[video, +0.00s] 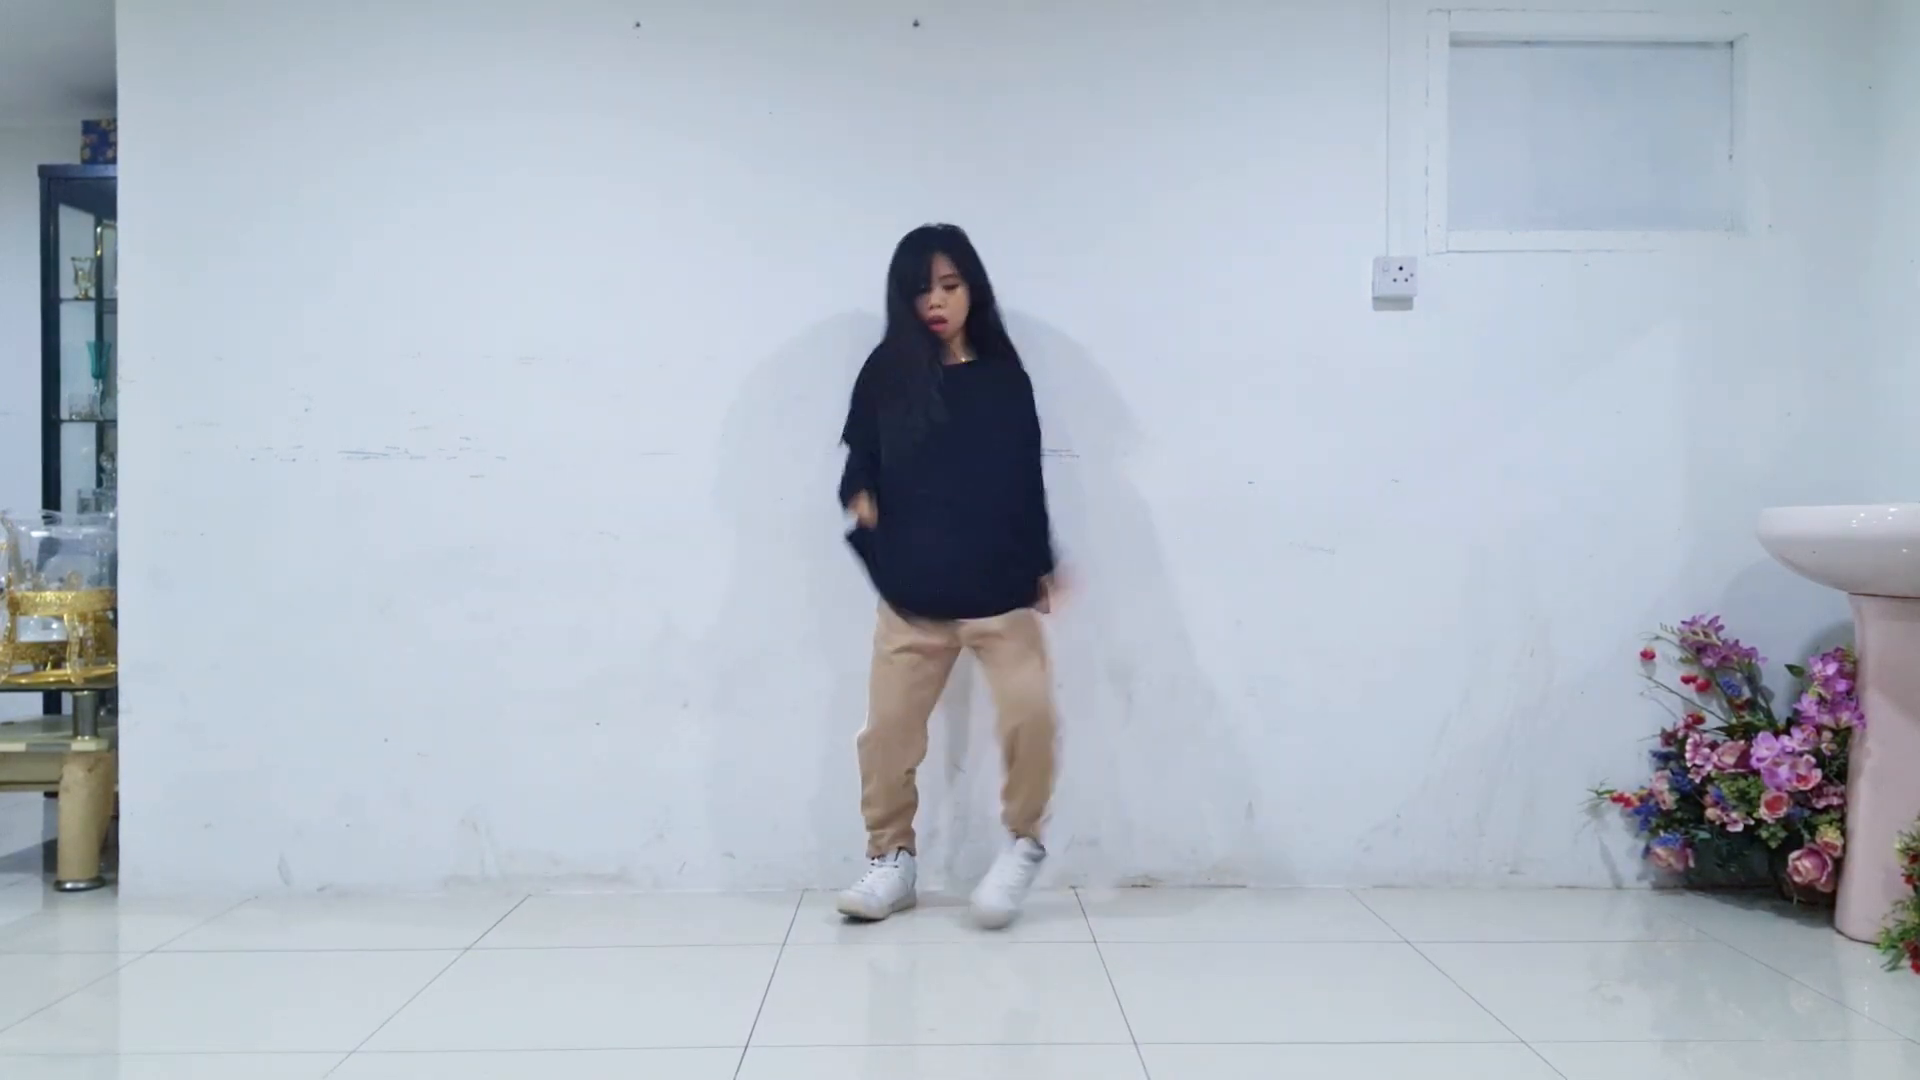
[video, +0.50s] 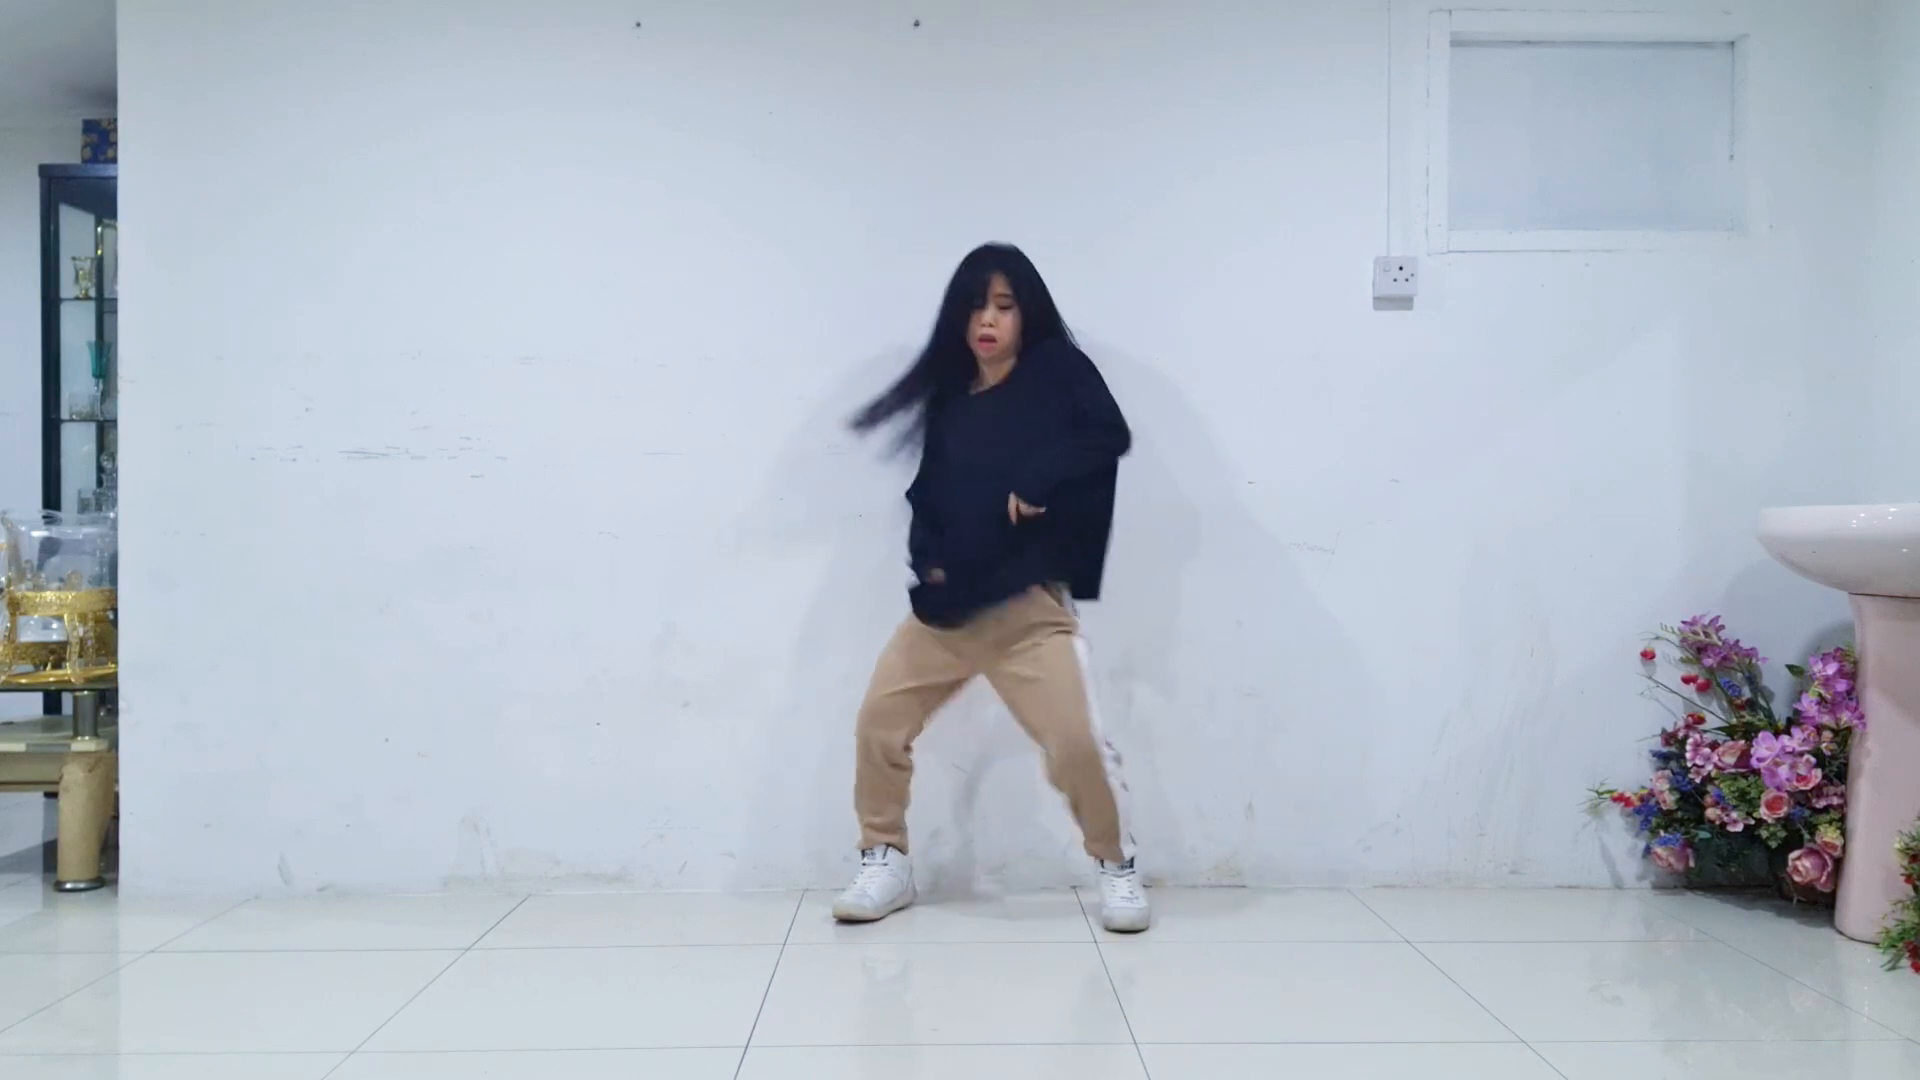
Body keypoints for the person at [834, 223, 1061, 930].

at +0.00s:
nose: (934, 303)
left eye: (948, 286)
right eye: (920, 290)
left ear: (974, 289)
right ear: (904, 298)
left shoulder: (1005, 372)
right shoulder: (886, 370)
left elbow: (1028, 473)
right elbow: (858, 458)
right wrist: (864, 506)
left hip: (1003, 591)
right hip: (911, 593)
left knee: (1030, 716)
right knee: (886, 732)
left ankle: (1022, 847)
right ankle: (891, 862)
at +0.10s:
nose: (930, 301)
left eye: (946, 287)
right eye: (916, 287)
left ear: (968, 296)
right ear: (897, 295)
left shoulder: (993, 378)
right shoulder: (885, 379)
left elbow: (1004, 491)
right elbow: (882, 474)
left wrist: (1000, 578)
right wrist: (861, 535)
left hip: (991, 573)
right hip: (908, 580)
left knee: (1052, 705)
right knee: (891, 729)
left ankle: (1059, 858)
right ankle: (891, 861)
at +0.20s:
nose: (943, 299)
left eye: (959, 285)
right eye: (930, 284)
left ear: (977, 295)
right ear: (906, 290)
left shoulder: (985, 366)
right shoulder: (889, 373)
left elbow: (1004, 470)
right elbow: (895, 471)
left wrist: (1000, 564)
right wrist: (882, 540)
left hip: (986, 575)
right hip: (905, 578)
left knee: (1052, 696)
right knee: (886, 725)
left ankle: (1103, 844)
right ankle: (890, 857)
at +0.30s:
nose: (959, 299)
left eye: (975, 285)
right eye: (945, 283)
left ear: (998, 293)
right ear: (923, 290)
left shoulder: (1013, 357)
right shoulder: (909, 364)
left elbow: (1035, 448)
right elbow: (912, 459)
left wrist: (1005, 534)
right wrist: (896, 526)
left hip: (985, 557)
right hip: (909, 558)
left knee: (1051, 701)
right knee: (888, 712)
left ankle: (1112, 842)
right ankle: (885, 860)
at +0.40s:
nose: (974, 313)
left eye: (991, 298)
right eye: (962, 297)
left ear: (1017, 304)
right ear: (946, 303)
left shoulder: (1049, 361)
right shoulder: (936, 371)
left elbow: (1071, 442)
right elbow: (929, 466)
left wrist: (1022, 506)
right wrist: (910, 527)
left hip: (1001, 566)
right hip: (923, 565)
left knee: (1032, 721)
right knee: (893, 714)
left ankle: (1109, 861)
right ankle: (886, 860)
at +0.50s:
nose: (987, 320)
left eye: (1004, 307)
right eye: (975, 306)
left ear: (1029, 318)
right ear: (959, 316)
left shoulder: (1057, 372)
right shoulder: (950, 398)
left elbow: (1109, 438)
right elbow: (927, 493)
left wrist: (1037, 488)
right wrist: (928, 561)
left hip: (1027, 608)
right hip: (942, 611)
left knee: (1073, 745)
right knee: (880, 724)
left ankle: (1114, 870)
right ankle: (885, 862)